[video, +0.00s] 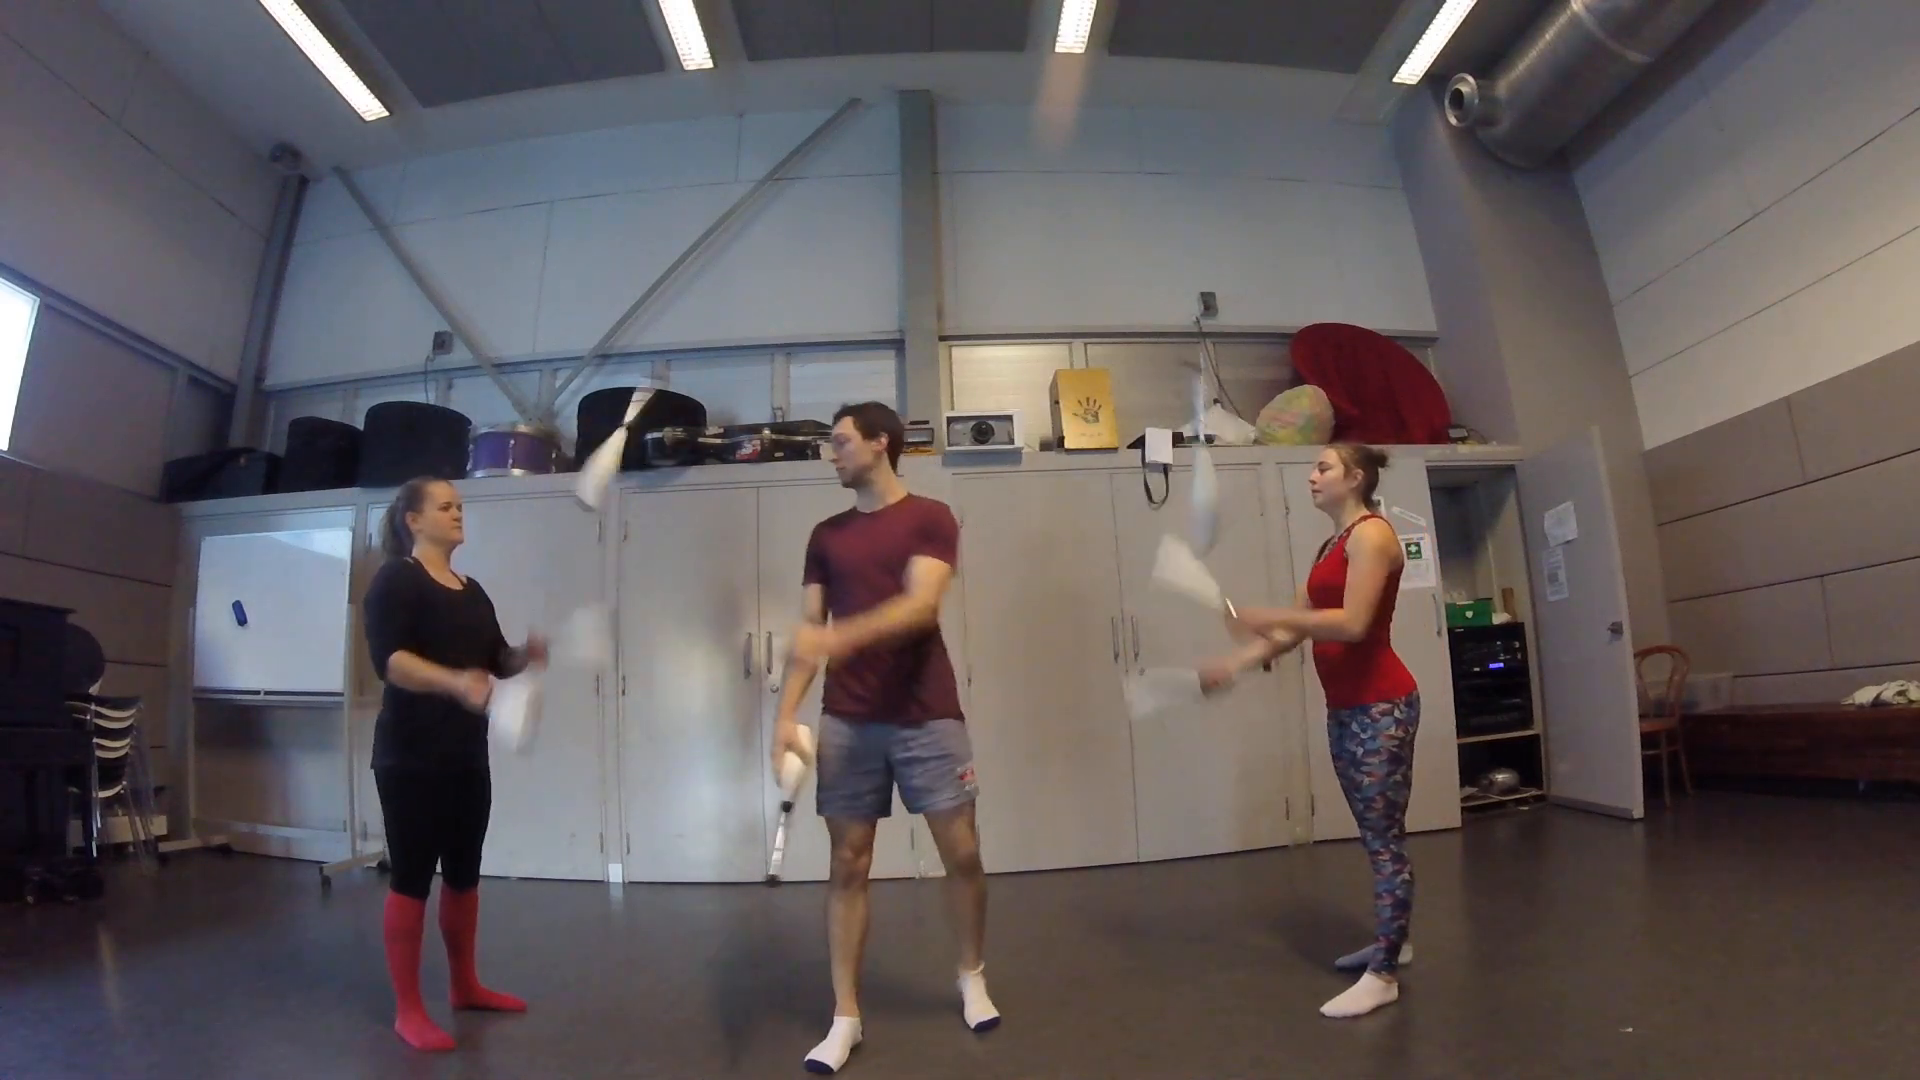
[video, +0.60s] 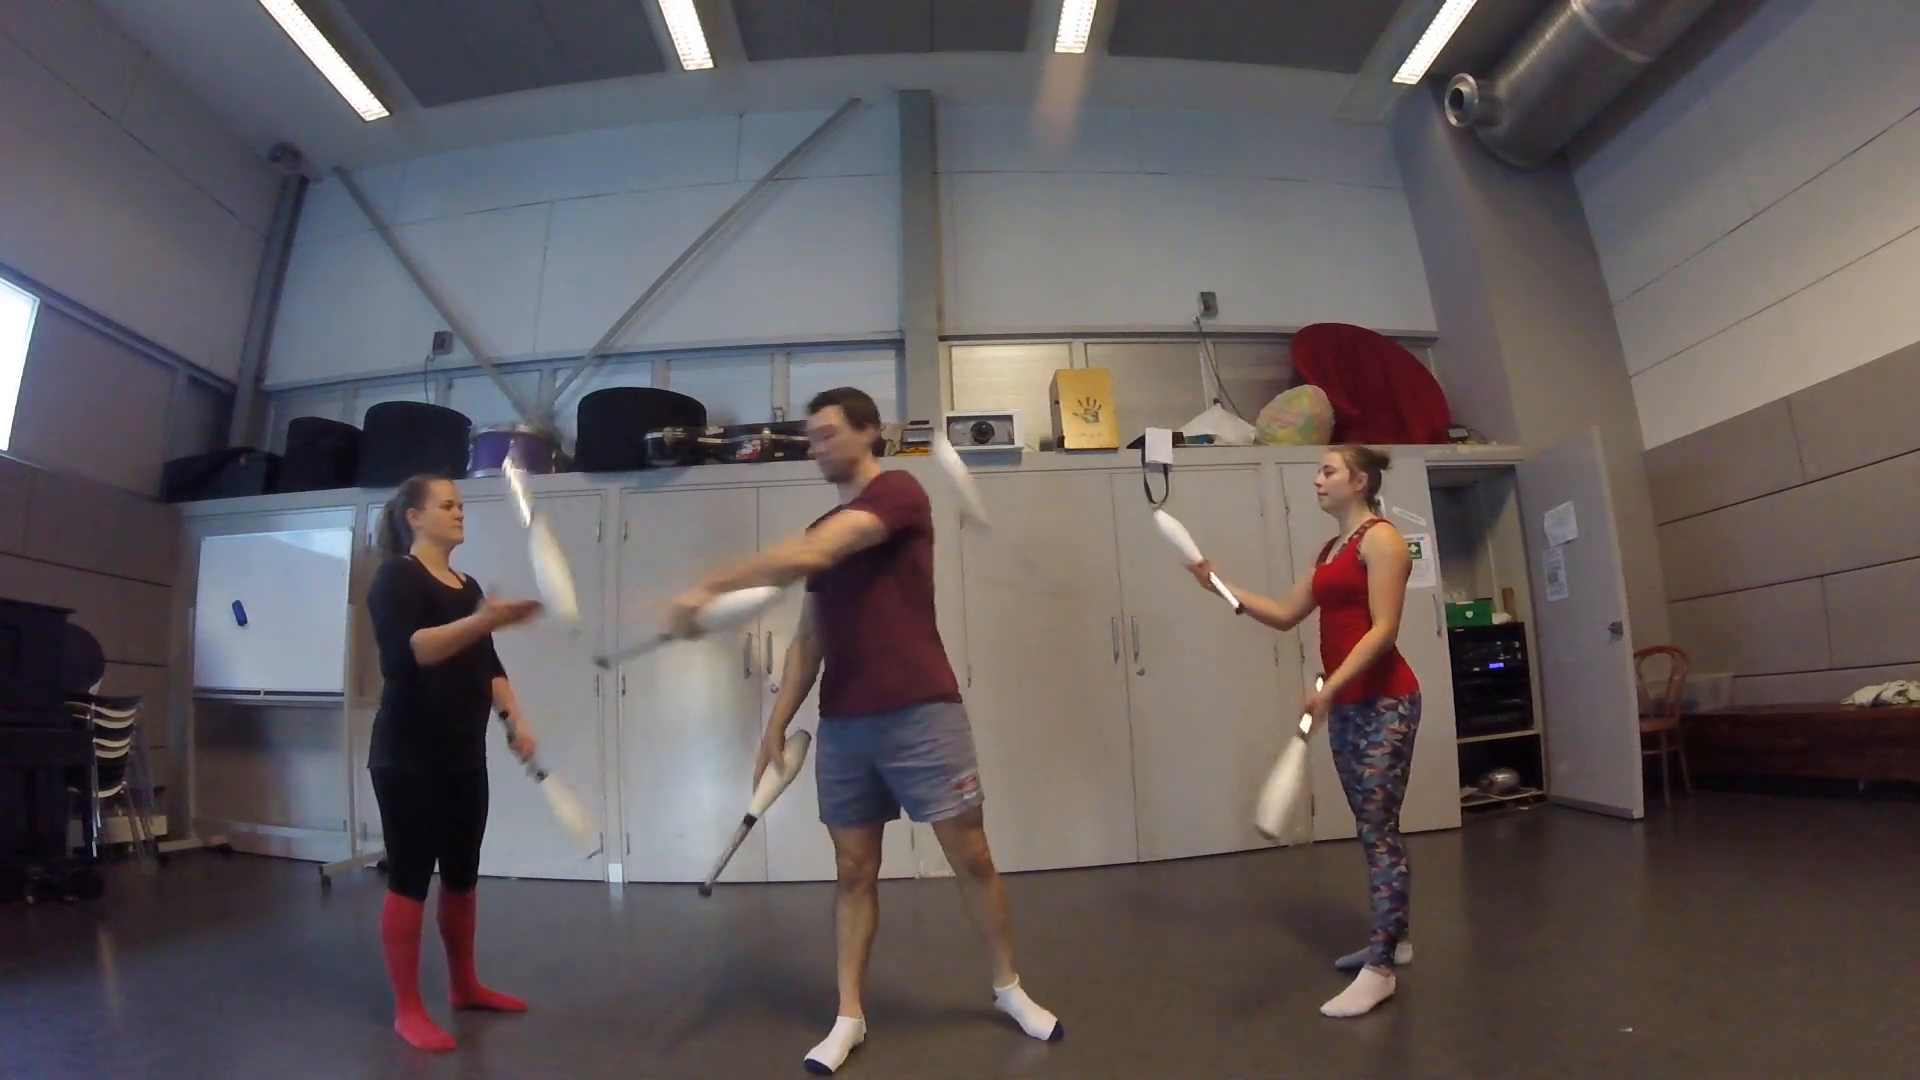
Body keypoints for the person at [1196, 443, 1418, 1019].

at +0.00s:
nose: (1313, 477)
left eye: (1324, 469)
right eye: (1313, 469)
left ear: (1358, 479)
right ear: (1343, 481)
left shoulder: (1373, 535)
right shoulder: (1338, 543)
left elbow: (1355, 622)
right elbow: (1301, 626)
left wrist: (1275, 619)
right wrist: (1238, 661)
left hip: (1380, 706)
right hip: (1350, 707)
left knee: (1383, 836)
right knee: (1377, 833)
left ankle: (1384, 975)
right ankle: (1394, 942)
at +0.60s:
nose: (1317, 481)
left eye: (1329, 472)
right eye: (1318, 472)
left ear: (1361, 481)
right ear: (1338, 482)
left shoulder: (1383, 539)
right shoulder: (1332, 551)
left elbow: (1384, 629)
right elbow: (1284, 615)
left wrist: (1329, 686)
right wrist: (1220, 584)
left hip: (1384, 700)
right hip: (1345, 703)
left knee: (1378, 828)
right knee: (1373, 826)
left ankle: (1381, 967)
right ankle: (1394, 937)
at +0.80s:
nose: (1324, 481)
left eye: (1336, 472)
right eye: (1324, 472)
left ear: (1369, 482)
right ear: (1351, 484)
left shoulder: (1385, 538)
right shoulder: (1348, 546)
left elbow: (1385, 627)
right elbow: (1310, 625)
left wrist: (1324, 681)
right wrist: (1237, 634)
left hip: (1392, 702)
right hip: (1358, 703)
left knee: (1379, 823)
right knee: (1373, 823)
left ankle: (1406, 954)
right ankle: (1394, 937)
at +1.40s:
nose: (1334, 480)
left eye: (1345, 472)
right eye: (1335, 472)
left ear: (1377, 483)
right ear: (1365, 485)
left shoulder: (1395, 537)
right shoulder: (1355, 547)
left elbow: (1389, 625)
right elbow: (1308, 612)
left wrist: (1312, 656)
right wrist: (1266, 567)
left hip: (1402, 701)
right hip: (1366, 700)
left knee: (1396, 821)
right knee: (1362, 814)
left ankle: (1417, 952)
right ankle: (1377, 923)